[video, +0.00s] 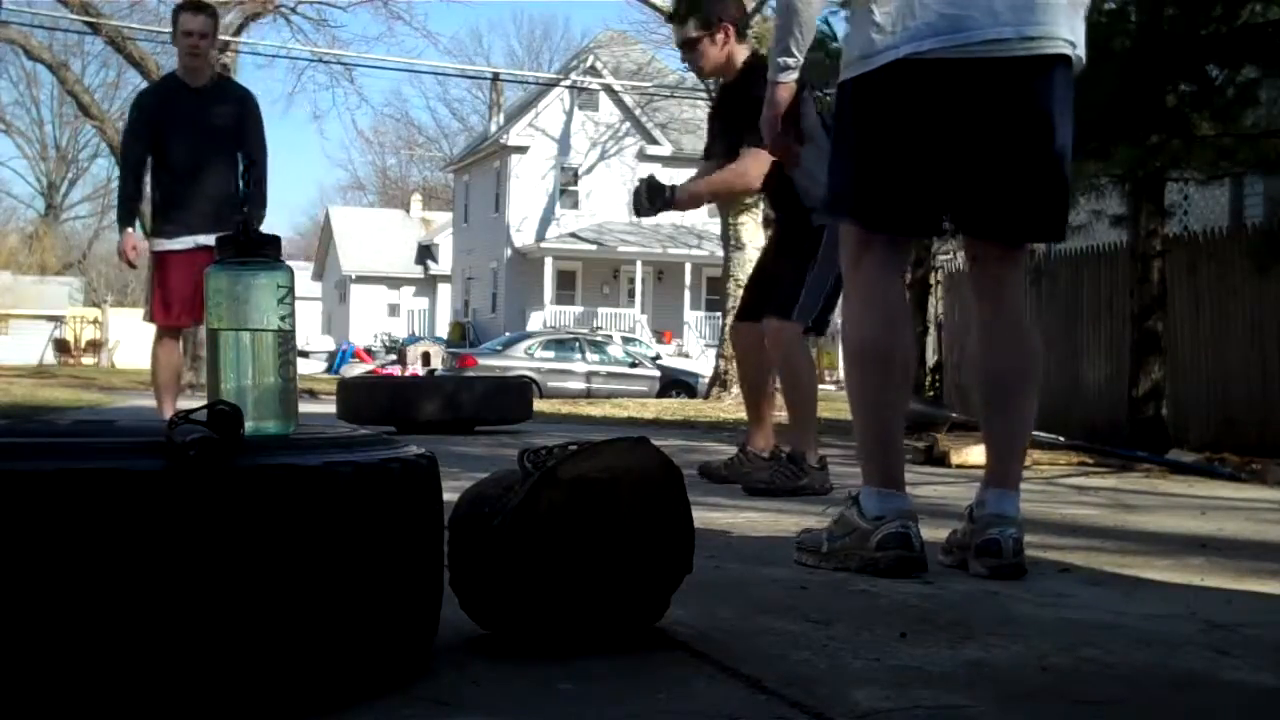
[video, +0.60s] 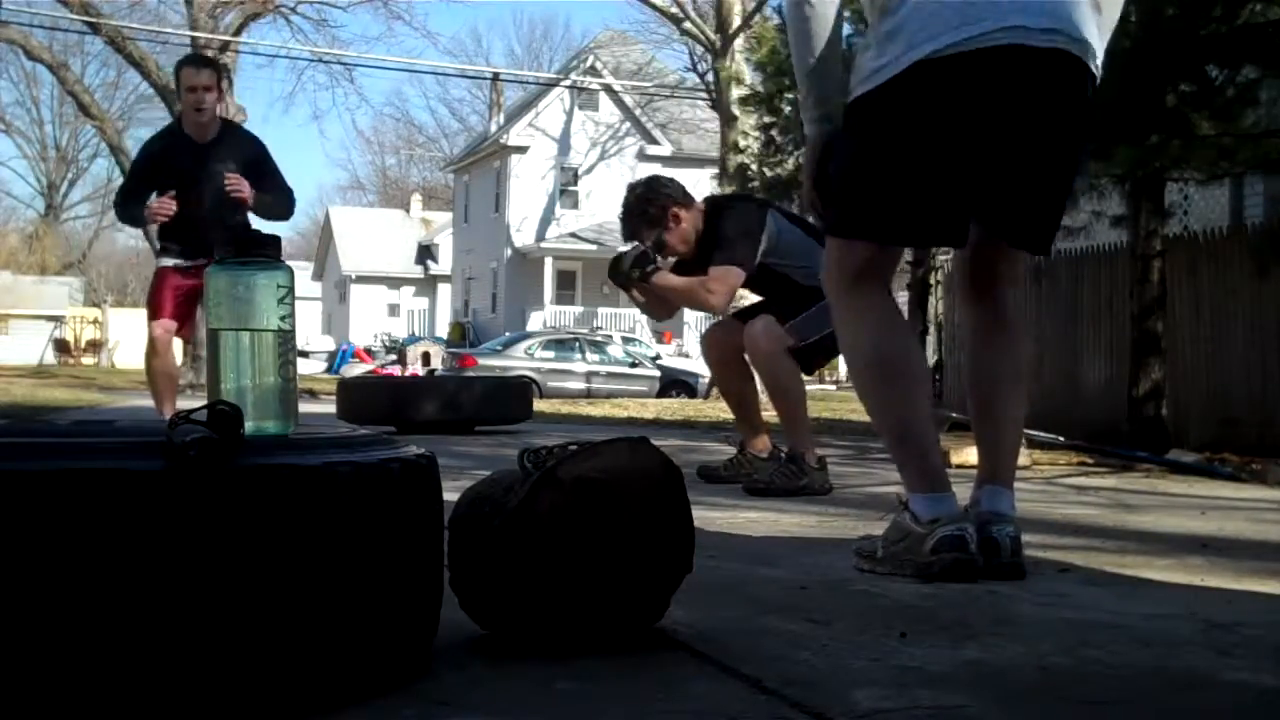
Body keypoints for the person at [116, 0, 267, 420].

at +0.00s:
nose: (195, 42)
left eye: (204, 35)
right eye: (188, 34)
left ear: (215, 40)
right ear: (175, 38)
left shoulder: (240, 99)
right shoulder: (151, 100)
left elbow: (257, 164)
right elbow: (131, 166)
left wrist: (251, 225)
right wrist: (127, 226)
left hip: (229, 231)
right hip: (173, 233)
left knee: (232, 329)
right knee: (170, 328)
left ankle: (232, 421)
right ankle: (170, 421)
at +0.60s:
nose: (201, 98)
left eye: (208, 90)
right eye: (192, 90)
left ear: (220, 93)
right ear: (179, 94)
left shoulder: (244, 144)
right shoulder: (160, 146)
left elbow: (284, 206)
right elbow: (124, 206)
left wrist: (254, 199)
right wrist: (145, 212)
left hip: (232, 260)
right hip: (178, 260)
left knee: (240, 337)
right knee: (160, 332)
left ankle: (238, 422)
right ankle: (170, 422)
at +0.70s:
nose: (208, 135)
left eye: (216, 127)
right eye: (199, 127)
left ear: (227, 129)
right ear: (186, 130)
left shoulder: (251, 176)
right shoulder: (167, 177)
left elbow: (291, 239)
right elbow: (128, 239)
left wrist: (257, 222)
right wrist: (156, 232)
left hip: (240, 277)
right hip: (183, 277)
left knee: (254, 336)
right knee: (162, 333)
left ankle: (246, 422)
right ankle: (170, 424)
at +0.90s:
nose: (219, 189)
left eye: (227, 180)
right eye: (211, 181)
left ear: (239, 181)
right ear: (198, 181)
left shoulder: (260, 220)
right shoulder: (178, 221)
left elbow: (294, 283)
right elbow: (140, 288)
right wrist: (177, 273)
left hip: (248, 295)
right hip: (194, 297)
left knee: (267, 337)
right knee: (163, 338)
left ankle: (258, 422)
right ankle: (172, 425)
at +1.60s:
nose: (227, 199)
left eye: (235, 191)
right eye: (219, 191)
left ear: (247, 193)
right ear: (207, 192)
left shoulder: (270, 231)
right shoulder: (184, 230)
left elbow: (295, 295)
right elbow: (148, 298)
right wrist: (181, 269)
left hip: (250, 303)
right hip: (194, 304)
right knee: (171, 343)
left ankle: (255, 423)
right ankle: (173, 425)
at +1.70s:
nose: (228, 161)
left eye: (236, 153)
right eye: (220, 153)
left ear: (249, 159)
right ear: (208, 158)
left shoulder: (269, 199)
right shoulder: (186, 198)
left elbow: (303, 255)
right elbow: (146, 258)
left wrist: (264, 211)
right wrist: (182, 214)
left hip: (250, 285)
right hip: (195, 286)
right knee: (173, 343)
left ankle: (255, 425)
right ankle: (174, 426)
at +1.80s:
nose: (227, 104)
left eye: (236, 96)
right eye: (219, 96)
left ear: (249, 103)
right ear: (209, 101)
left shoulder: (264, 147)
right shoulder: (191, 147)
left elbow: (308, 178)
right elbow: (147, 184)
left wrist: (266, 136)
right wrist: (186, 139)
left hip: (246, 265)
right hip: (193, 263)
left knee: (248, 347)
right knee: (173, 339)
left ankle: (246, 429)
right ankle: (175, 427)